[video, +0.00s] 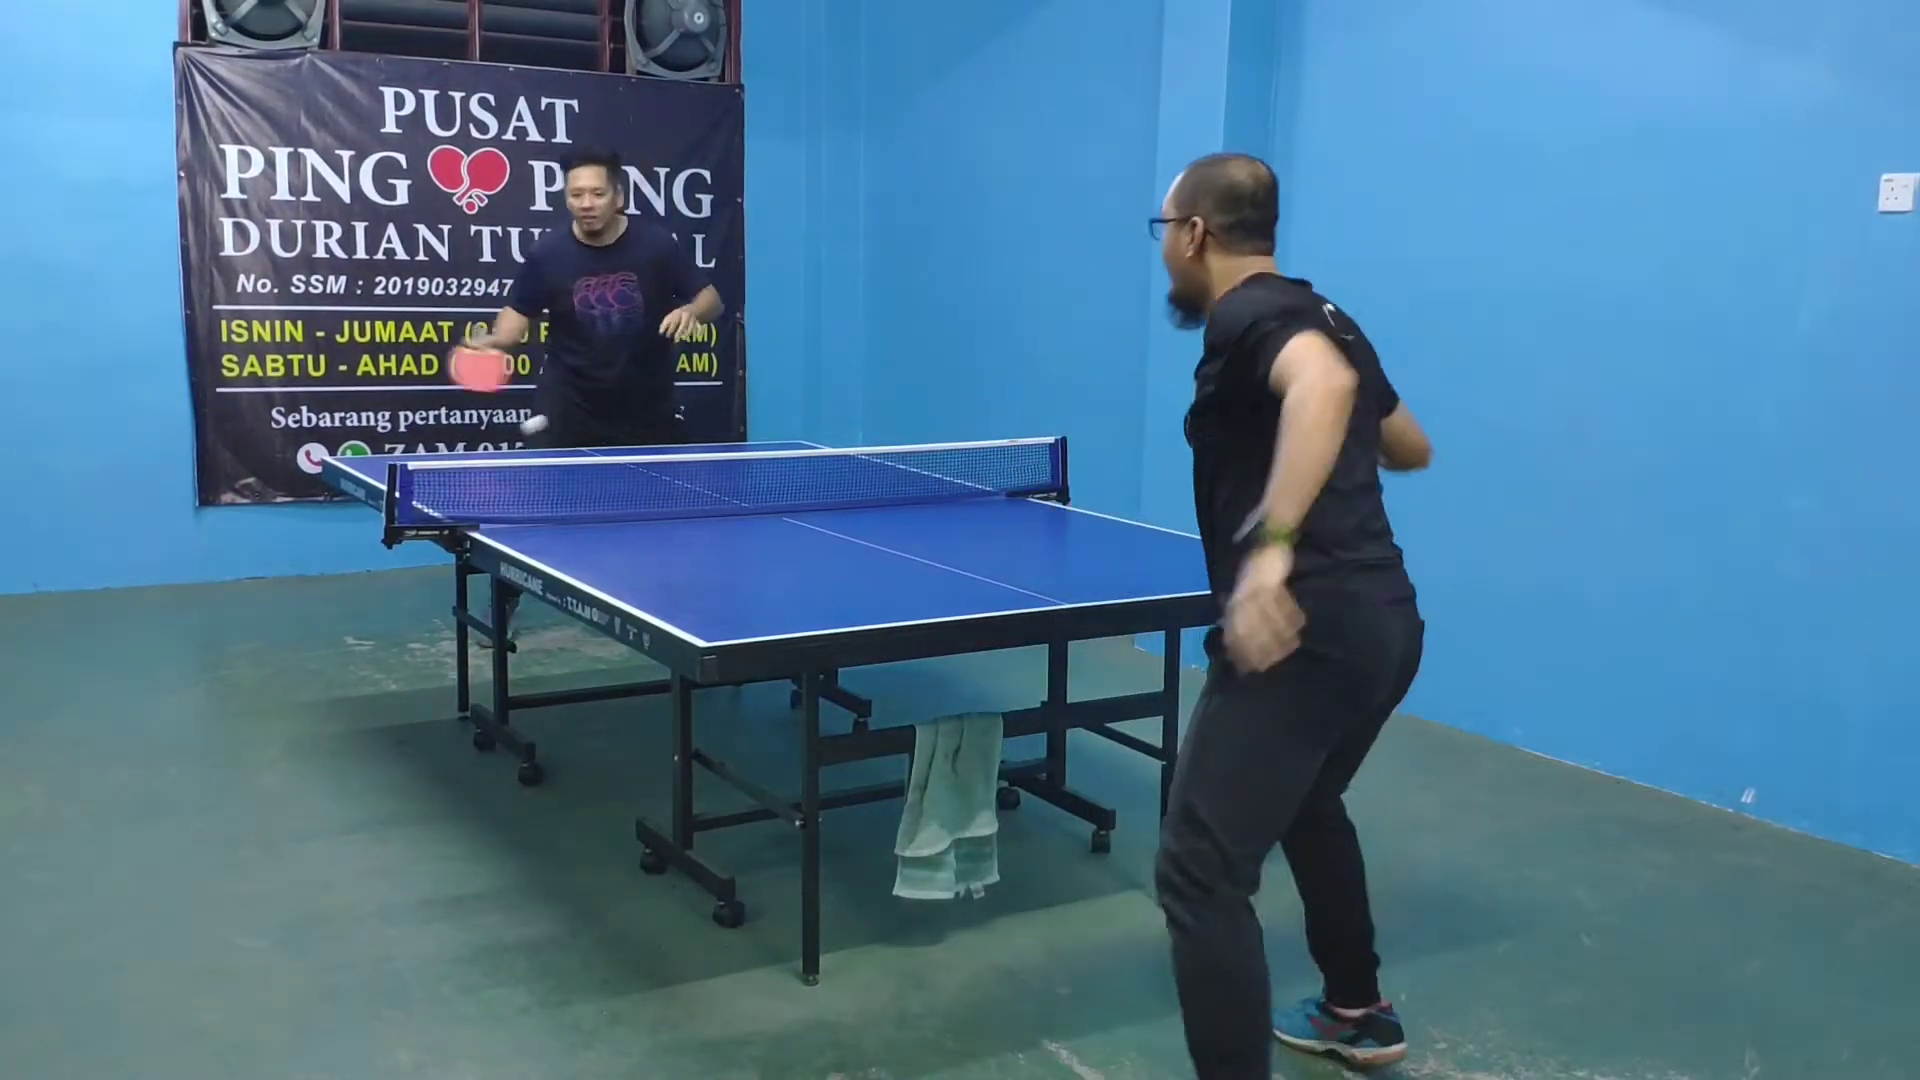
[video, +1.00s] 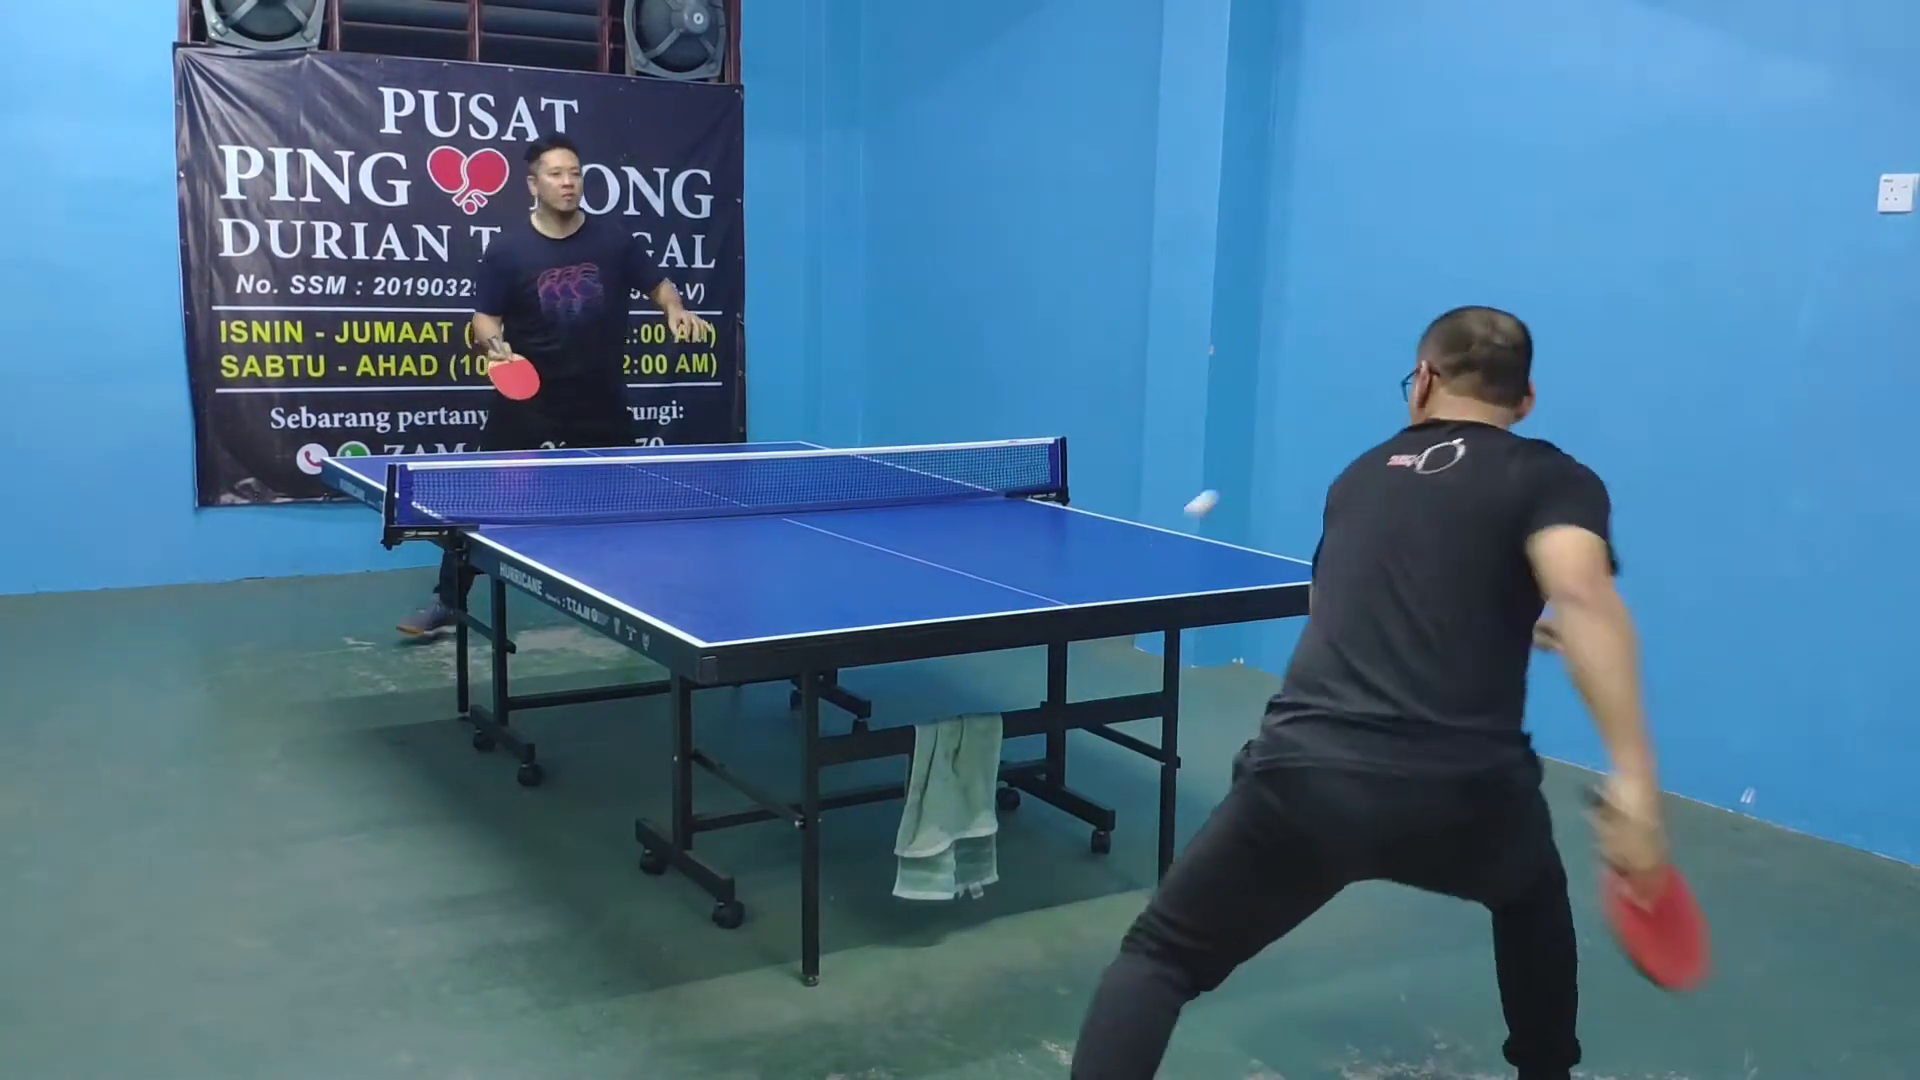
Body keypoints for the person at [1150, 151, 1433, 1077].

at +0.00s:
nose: (1163, 247)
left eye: (1167, 229)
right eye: (1164, 229)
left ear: (1198, 234)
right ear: (1258, 233)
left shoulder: (1251, 311)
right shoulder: (1324, 317)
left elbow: (1323, 378)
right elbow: (1407, 446)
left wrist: (1268, 548)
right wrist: (1300, 431)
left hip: (1306, 624)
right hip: (1379, 624)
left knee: (1200, 869)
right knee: (1309, 802)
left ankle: (1232, 1066)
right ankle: (1356, 1008)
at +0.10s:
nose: (1176, 265)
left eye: (1181, 247)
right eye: (1179, 247)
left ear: (1210, 253)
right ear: (1278, 253)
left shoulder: (1251, 339)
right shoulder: (1347, 337)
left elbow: (1259, 453)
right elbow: (1421, 485)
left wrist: (1166, 616)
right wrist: (1303, 508)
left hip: (1310, 665)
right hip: (1396, 653)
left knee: (1206, 893)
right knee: (1320, 799)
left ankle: (1254, 1066)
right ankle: (1360, 1010)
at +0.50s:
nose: (1199, 369)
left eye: (1198, 352)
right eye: (1197, 352)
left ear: (1223, 355)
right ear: (1298, 347)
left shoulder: (1272, 434)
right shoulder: (1379, 410)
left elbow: (1272, 589)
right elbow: (1424, 569)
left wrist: (1217, 699)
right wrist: (1323, 647)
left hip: (1433, 721)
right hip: (1530, 701)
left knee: (1258, 911)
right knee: (1424, 816)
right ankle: (1468, 1027)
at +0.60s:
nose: (1214, 380)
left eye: (1215, 365)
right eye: (1212, 365)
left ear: (1240, 370)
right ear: (1316, 362)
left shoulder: (1264, 455)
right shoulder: (1410, 426)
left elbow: (1261, 624)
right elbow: (1484, 551)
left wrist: (1257, 731)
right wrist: (1379, 665)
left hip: (1435, 731)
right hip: (1556, 708)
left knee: (1262, 929)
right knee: (1477, 827)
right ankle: (1478, 1023)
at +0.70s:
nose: (1262, 364)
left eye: (1266, 350)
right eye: (1262, 350)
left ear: (1293, 354)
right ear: (1366, 349)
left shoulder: (1276, 451)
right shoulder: (1467, 420)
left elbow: (1251, 626)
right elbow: (1576, 581)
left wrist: (1303, 707)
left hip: (1417, 727)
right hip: (1556, 710)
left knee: (1251, 931)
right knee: (1493, 831)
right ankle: (1523, 1048)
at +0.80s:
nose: (1335, 371)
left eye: (1337, 355)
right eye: (1335, 356)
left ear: (1363, 354)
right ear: (1440, 356)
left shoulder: (1315, 460)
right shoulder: (1542, 448)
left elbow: (1273, 636)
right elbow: (1652, 608)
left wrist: (1379, 661)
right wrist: (1610, 714)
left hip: (1385, 748)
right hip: (1532, 749)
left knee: (1203, 904)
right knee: (1515, 883)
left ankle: (1234, 1070)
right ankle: (1561, 1067)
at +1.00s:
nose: (1408, 397)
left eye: (1410, 383)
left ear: (1421, 382)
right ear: (1526, 404)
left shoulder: (1361, 475)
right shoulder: (1551, 476)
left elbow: (1387, 583)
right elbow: (1579, 592)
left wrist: (1515, 615)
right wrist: (1635, 779)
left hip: (1311, 790)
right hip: (1469, 803)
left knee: (1161, 956)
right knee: (1531, 899)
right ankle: (1546, 1067)